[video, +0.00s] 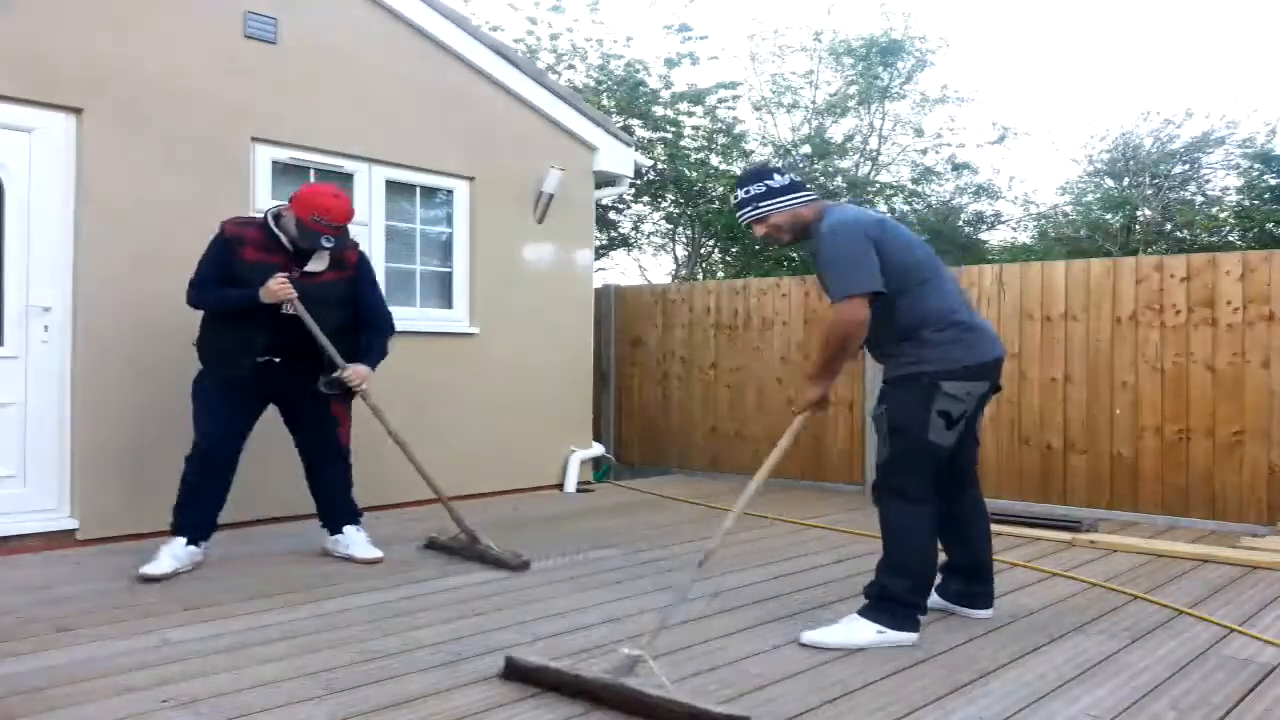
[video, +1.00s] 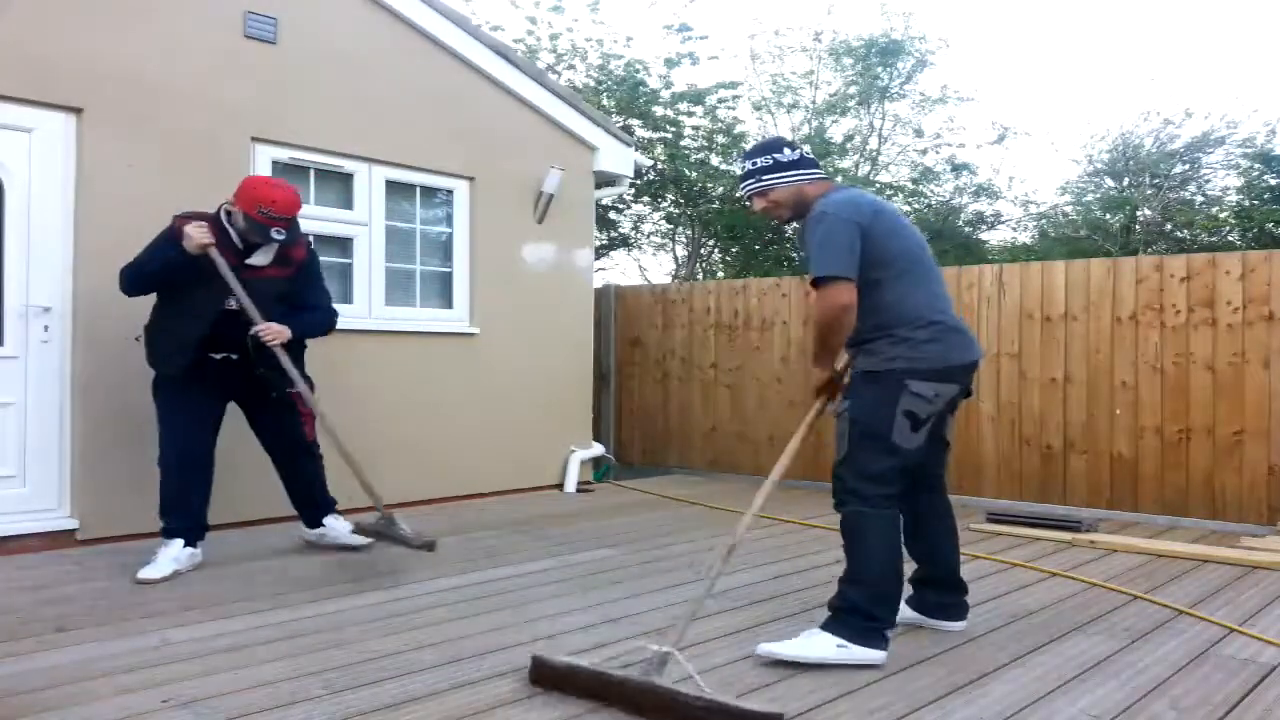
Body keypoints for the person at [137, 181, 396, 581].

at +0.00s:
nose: (318, 249)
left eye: (327, 242)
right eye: (312, 240)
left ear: (338, 230)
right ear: (291, 219)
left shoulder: (349, 260)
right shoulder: (238, 238)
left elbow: (379, 324)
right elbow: (198, 294)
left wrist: (366, 362)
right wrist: (257, 294)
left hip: (309, 374)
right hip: (234, 370)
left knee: (328, 449)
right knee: (212, 451)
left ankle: (344, 530)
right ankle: (188, 541)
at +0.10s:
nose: (294, 247)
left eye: (302, 240)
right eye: (288, 237)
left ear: (313, 229)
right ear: (265, 219)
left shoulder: (325, 258)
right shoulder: (216, 236)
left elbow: (356, 321)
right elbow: (170, 292)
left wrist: (332, 358)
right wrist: (223, 284)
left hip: (284, 372)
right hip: (213, 370)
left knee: (313, 448)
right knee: (197, 452)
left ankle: (340, 529)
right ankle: (184, 542)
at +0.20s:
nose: (272, 243)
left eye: (280, 236)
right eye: (264, 234)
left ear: (291, 225)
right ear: (240, 217)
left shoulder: (305, 255)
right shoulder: (194, 234)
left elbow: (332, 320)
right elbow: (141, 288)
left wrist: (295, 353)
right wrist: (187, 274)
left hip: (267, 369)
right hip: (196, 368)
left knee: (296, 447)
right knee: (188, 454)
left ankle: (329, 526)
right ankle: (184, 543)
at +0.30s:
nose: (250, 242)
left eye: (260, 235)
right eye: (243, 232)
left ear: (272, 223)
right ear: (221, 214)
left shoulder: (289, 254)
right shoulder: (176, 232)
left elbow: (311, 320)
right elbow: (119, 285)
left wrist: (262, 348)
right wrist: (162, 263)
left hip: (262, 362)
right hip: (185, 362)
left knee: (281, 441)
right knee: (184, 452)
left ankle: (297, 526)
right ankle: (183, 541)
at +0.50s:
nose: (233, 242)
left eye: (242, 235)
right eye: (226, 233)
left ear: (256, 222)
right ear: (203, 214)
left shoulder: (272, 252)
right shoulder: (163, 233)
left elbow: (271, 325)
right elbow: (96, 282)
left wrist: (203, 341)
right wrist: (130, 249)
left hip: (244, 364)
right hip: (171, 362)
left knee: (251, 444)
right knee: (174, 449)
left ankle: (249, 525)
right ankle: (183, 541)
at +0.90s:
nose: (247, 246)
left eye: (258, 239)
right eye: (240, 235)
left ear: (271, 226)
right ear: (218, 213)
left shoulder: (283, 252)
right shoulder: (181, 235)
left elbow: (302, 317)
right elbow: (105, 276)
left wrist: (251, 326)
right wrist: (154, 237)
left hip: (256, 361)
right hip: (181, 362)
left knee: (282, 441)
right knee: (179, 452)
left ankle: (302, 524)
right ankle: (182, 542)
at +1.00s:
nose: (264, 244)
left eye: (273, 237)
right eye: (258, 234)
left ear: (286, 227)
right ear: (234, 214)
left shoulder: (297, 253)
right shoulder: (191, 232)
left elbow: (324, 315)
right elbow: (130, 283)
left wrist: (290, 329)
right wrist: (182, 250)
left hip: (263, 365)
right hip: (191, 365)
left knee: (295, 442)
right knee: (184, 453)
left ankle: (320, 520)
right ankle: (182, 542)